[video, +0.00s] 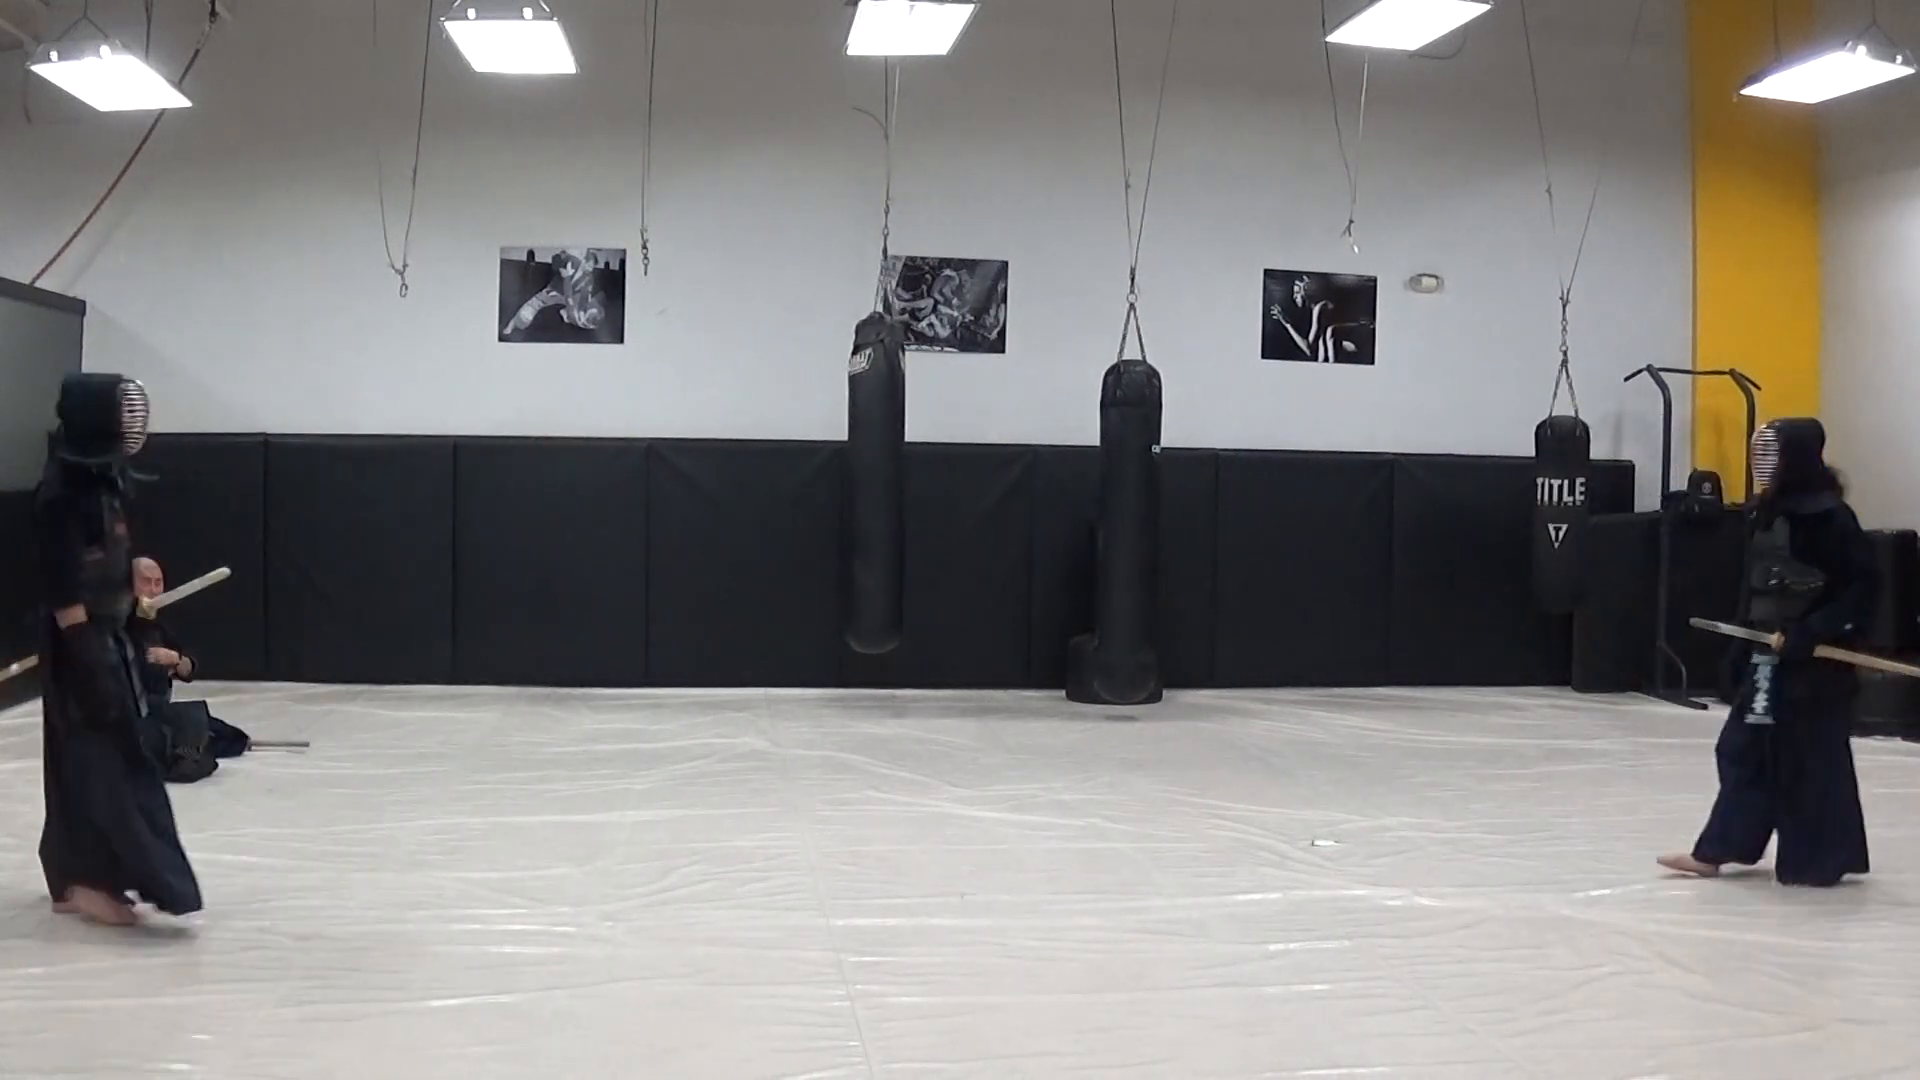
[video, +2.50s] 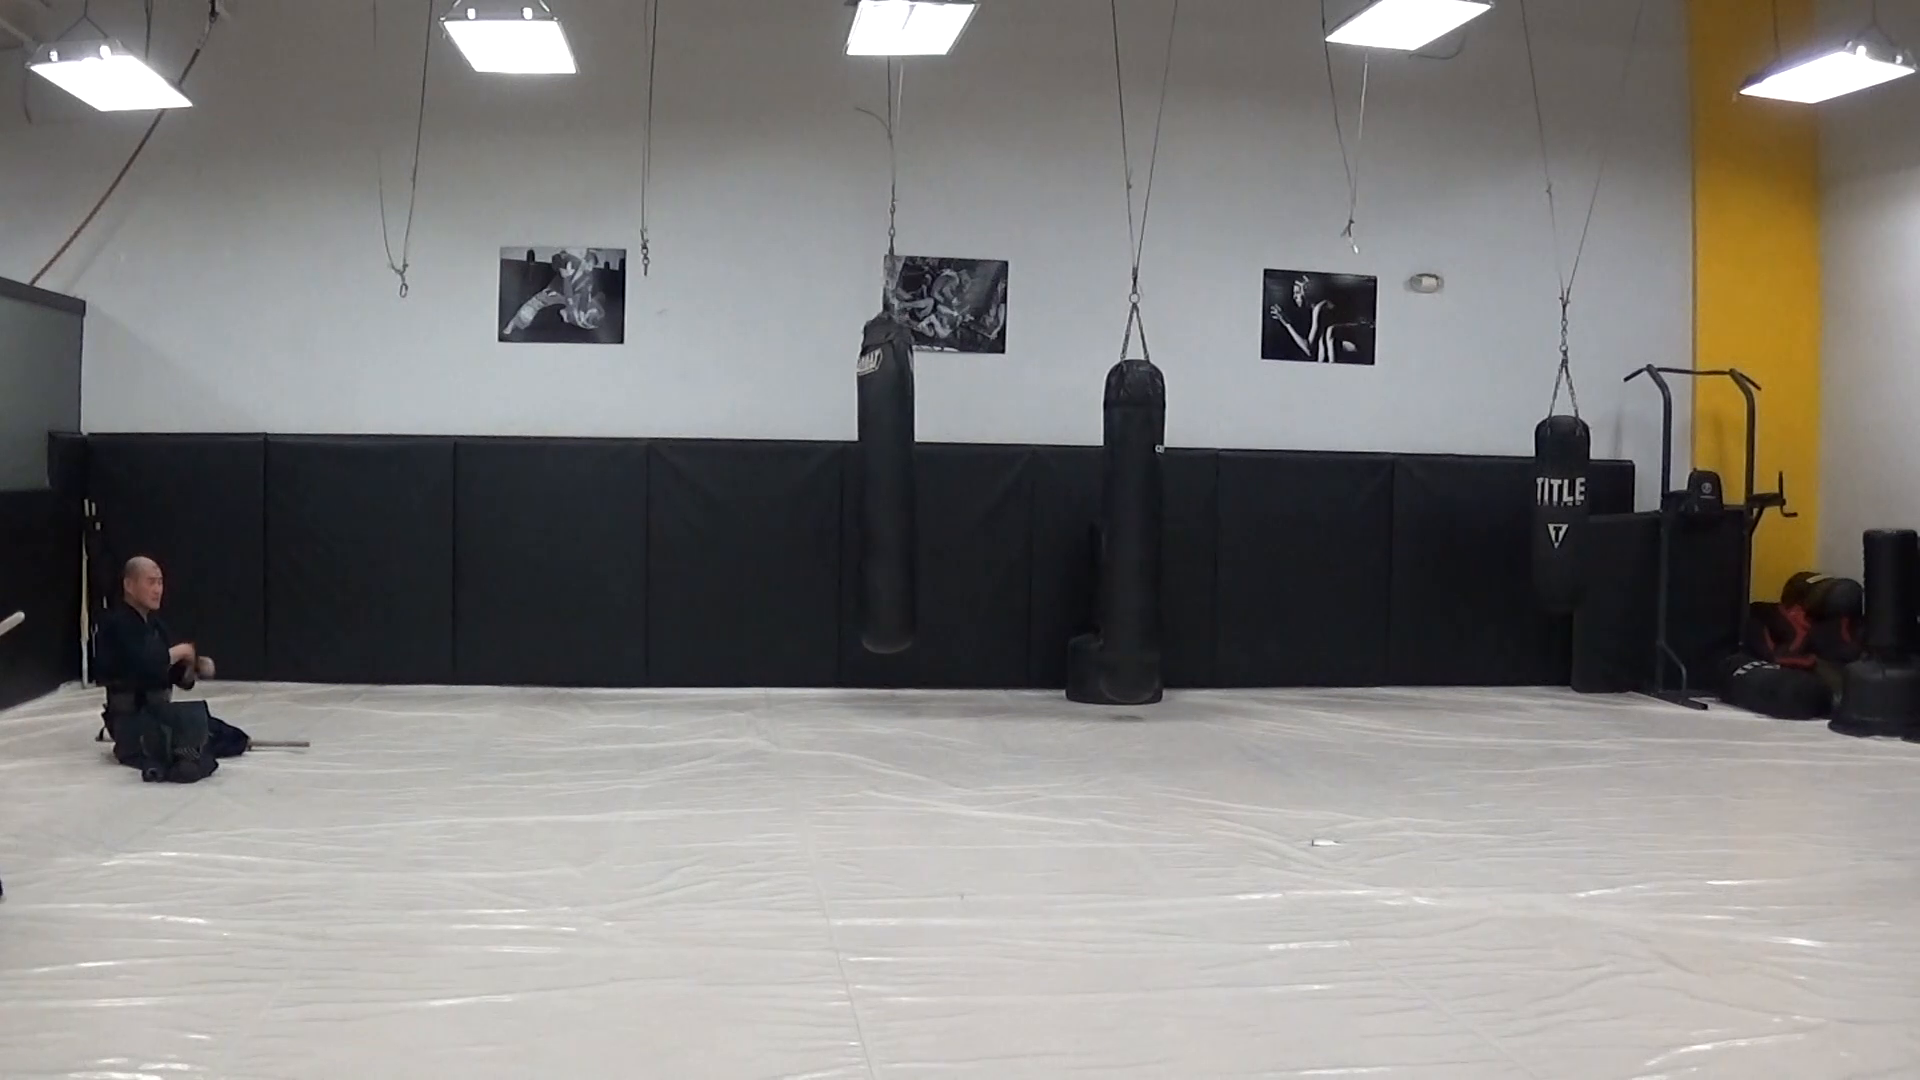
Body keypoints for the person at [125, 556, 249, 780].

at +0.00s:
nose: (154, 589)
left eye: (158, 582)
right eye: (147, 582)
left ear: (163, 585)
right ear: (131, 584)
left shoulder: (157, 624)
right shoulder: (122, 624)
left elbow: (190, 670)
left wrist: (175, 659)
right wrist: (172, 668)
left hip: (160, 711)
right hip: (133, 715)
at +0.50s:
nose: (158, 590)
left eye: (161, 583)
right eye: (151, 582)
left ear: (164, 585)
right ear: (129, 585)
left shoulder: (156, 623)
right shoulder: (114, 624)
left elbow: (192, 671)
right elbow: (134, 675)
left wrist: (176, 658)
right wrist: (174, 668)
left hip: (161, 717)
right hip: (130, 725)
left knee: (237, 740)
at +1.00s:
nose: (160, 590)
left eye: (161, 583)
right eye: (153, 582)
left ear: (164, 585)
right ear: (130, 585)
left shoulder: (156, 623)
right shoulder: (115, 625)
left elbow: (191, 671)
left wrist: (175, 659)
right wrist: (173, 667)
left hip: (161, 720)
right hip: (132, 729)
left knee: (236, 740)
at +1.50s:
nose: (159, 589)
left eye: (161, 582)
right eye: (152, 582)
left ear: (163, 584)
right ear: (129, 584)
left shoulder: (155, 622)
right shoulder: (114, 625)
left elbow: (192, 670)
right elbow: (142, 678)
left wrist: (176, 658)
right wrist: (173, 667)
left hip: (161, 721)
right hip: (132, 731)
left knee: (237, 740)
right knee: (200, 760)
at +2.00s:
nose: (160, 590)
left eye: (162, 583)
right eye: (153, 582)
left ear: (164, 585)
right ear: (130, 584)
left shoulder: (156, 623)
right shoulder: (115, 624)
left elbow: (190, 671)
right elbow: (142, 678)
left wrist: (176, 659)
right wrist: (173, 667)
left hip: (162, 721)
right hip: (133, 732)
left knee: (237, 740)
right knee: (200, 760)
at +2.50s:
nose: (159, 589)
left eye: (160, 582)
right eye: (152, 582)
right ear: (129, 585)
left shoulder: (155, 623)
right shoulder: (114, 624)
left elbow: (169, 674)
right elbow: (136, 664)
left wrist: (190, 669)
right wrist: (175, 654)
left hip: (162, 716)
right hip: (129, 723)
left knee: (236, 740)